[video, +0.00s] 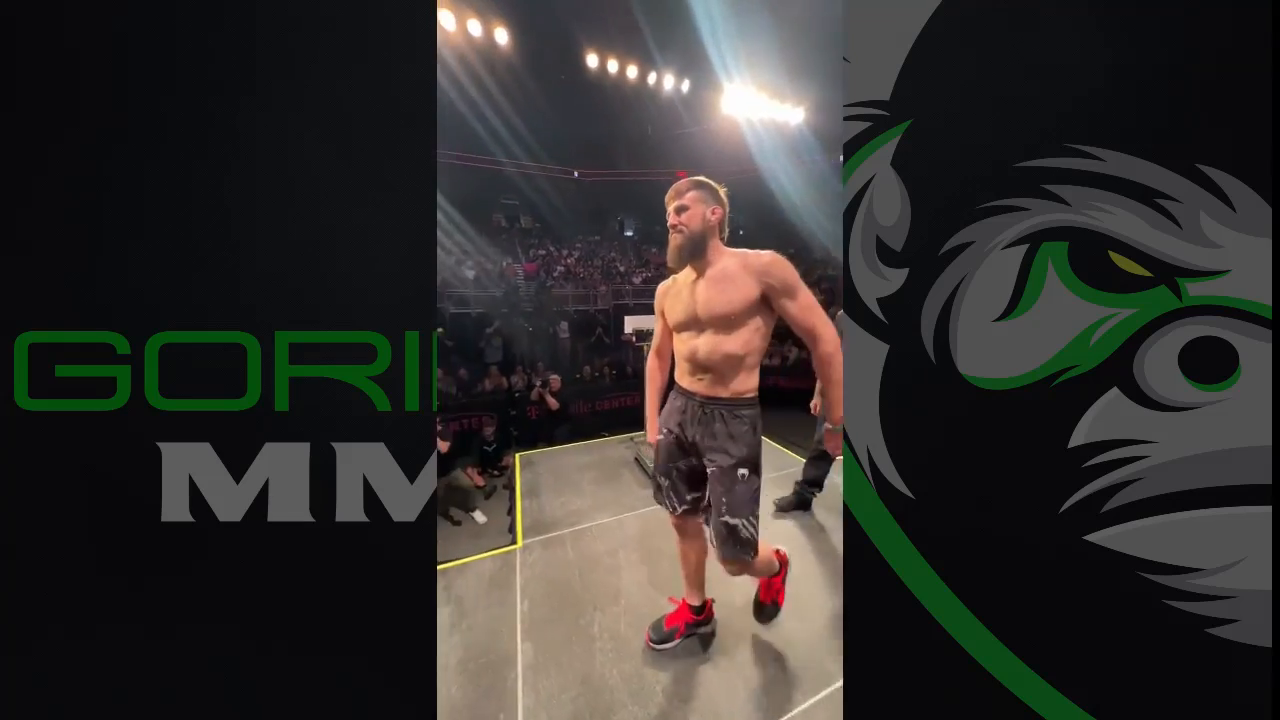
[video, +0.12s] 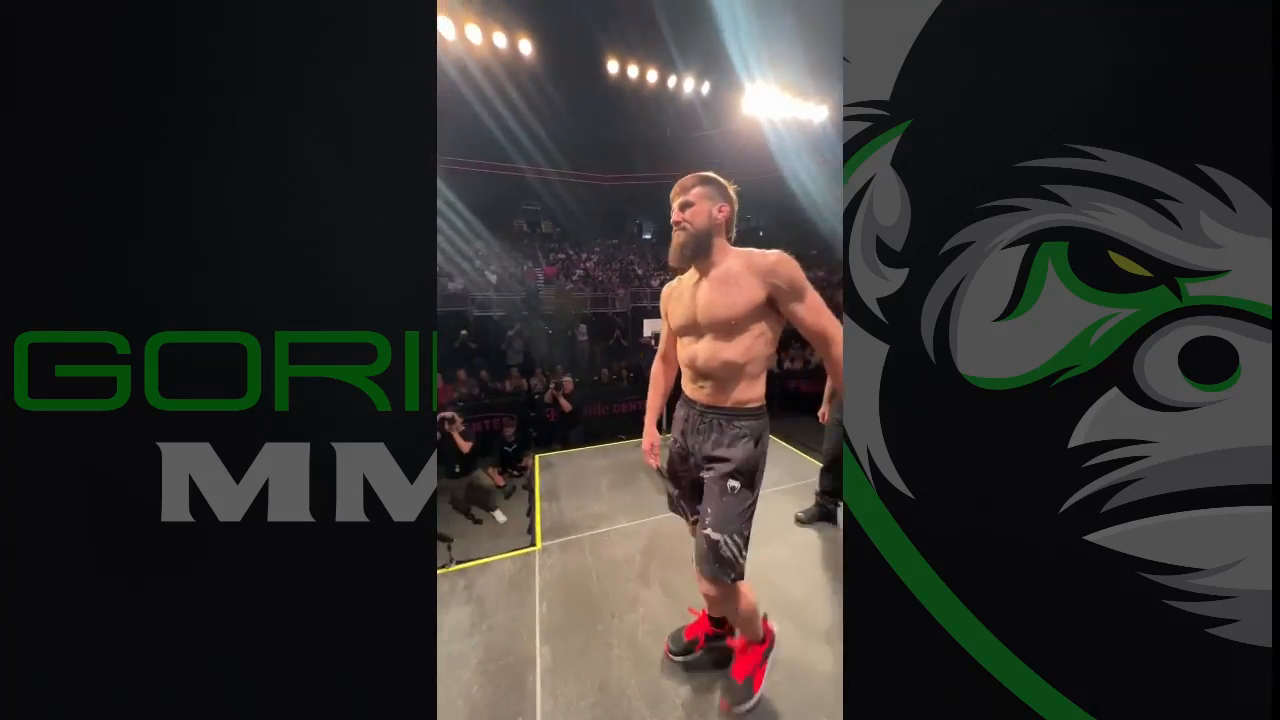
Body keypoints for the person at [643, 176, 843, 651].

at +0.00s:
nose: (672, 220)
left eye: (682, 209)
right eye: (669, 214)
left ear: (716, 213)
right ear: (670, 224)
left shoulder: (763, 268)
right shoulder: (668, 291)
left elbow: (824, 337)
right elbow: (658, 357)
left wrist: (834, 422)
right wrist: (651, 420)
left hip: (733, 417)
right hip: (680, 411)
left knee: (735, 559)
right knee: (684, 516)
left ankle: (777, 566)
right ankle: (695, 607)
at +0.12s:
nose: (676, 215)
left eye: (688, 204)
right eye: (673, 209)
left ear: (724, 210)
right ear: (676, 220)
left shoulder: (770, 268)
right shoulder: (674, 290)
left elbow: (831, 337)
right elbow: (666, 358)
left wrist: (838, 396)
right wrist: (651, 422)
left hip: (739, 429)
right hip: (688, 423)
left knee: (715, 577)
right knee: (700, 533)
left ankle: (756, 637)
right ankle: (716, 622)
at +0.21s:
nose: (680, 214)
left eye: (692, 203)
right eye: (678, 207)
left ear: (730, 212)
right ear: (681, 220)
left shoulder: (775, 271)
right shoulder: (680, 293)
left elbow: (833, 344)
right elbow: (671, 365)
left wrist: (841, 408)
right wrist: (649, 426)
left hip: (742, 437)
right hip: (692, 431)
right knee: (715, 547)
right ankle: (733, 631)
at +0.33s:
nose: (686, 214)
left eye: (701, 202)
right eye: (687, 204)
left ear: (742, 215)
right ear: (691, 218)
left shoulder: (781, 281)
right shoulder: (692, 297)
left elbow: (849, 380)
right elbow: (683, 372)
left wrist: (835, 499)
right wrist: (651, 433)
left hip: (742, 466)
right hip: (699, 455)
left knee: (694, 623)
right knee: (737, 561)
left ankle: (668, 714)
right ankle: (761, 654)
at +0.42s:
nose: (688, 212)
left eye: (705, 200)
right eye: (691, 202)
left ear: (748, 216)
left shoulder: (782, 290)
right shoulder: (707, 294)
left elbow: (851, 409)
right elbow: (695, 374)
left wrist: (814, 544)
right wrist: (657, 436)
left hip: (738, 483)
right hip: (701, 471)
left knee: (682, 640)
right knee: (741, 576)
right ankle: (780, 673)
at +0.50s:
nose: (687, 206)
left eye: (706, 194)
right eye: (692, 195)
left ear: (751, 211)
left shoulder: (781, 298)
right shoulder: (718, 295)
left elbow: (840, 447)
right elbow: (711, 389)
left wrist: (782, 591)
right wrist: (666, 444)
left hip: (733, 504)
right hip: (704, 487)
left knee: (671, 658)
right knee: (752, 603)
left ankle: (676, 710)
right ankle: (797, 694)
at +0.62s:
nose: (680, 203)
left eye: (699, 187)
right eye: (686, 187)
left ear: (749, 200)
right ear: (741, 203)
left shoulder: (770, 300)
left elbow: (792, 497)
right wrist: (688, 458)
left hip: (726, 531)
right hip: (702, 513)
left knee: (677, 687)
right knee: (728, 622)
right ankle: (805, 704)